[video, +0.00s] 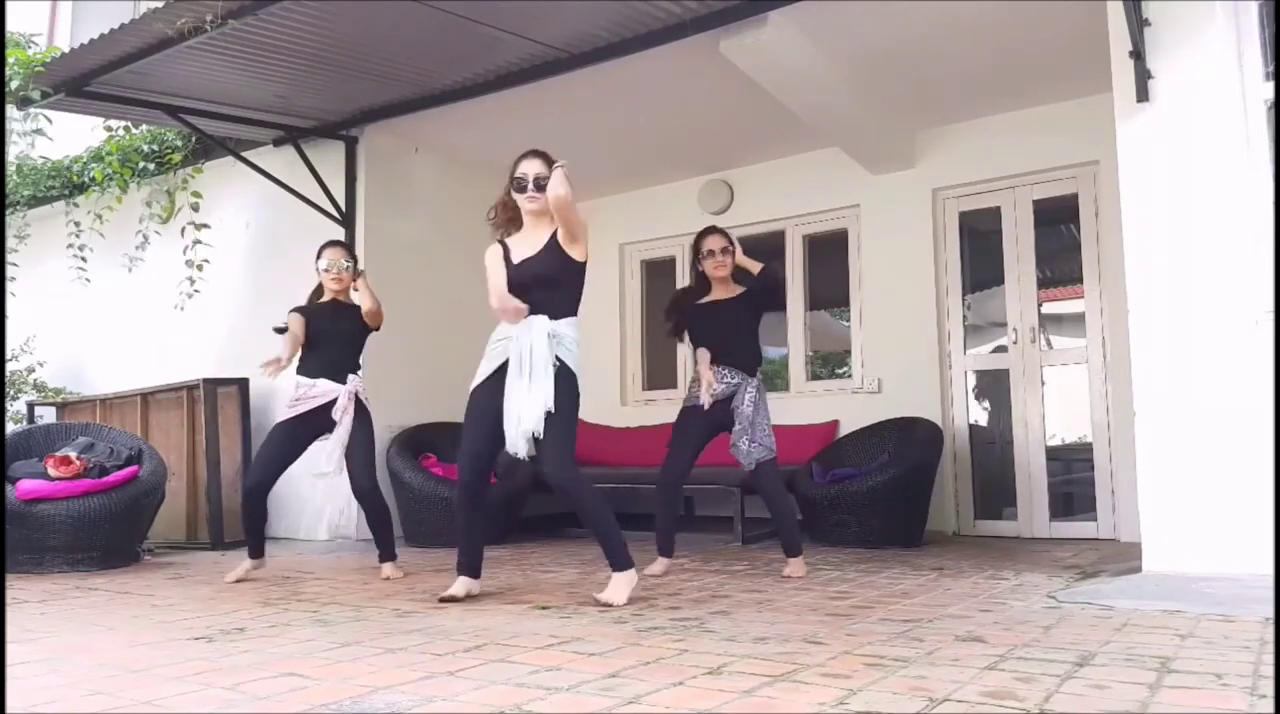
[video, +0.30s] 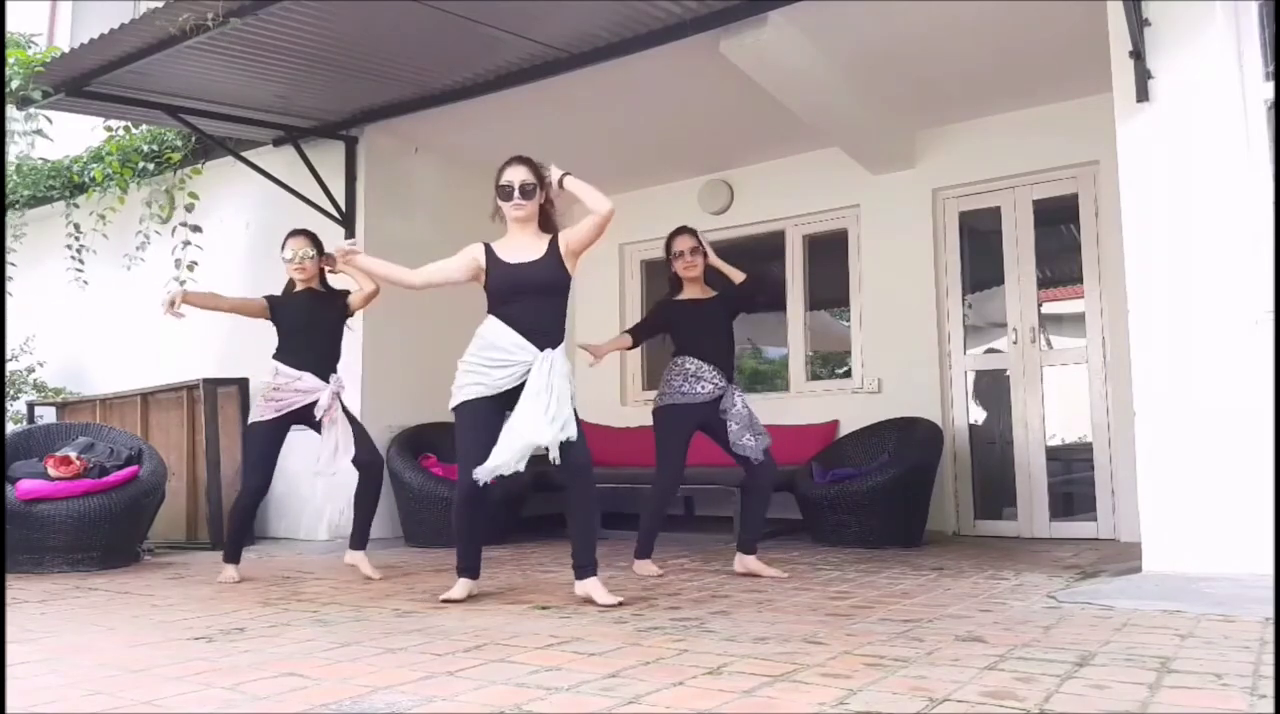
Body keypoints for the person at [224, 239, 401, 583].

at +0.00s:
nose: (335, 272)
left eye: (343, 266)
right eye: (328, 266)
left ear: (353, 274)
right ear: (317, 272)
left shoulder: (361, 314)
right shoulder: (303, 312)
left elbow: (373, 312)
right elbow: (293, 338)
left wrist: (363, 286)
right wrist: (284, 357)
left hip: (351, 404)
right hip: (308, 403)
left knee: (364, 484)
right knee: (254, 483)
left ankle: (388, 560)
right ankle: (255, 557)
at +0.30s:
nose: (299, 263)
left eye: (306, 256)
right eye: (291, 258)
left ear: (321, 261)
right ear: (284, 264)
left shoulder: (338, 304)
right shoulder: (279, 305)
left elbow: (371, 289)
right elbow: (227, 303)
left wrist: (343, 265)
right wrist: (183, 295)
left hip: (324, 399)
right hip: (281, 397)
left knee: (372, 464)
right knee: (256, 485)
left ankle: (357, 549)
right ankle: (230, 562)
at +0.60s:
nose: (326, 270)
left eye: (334, 265)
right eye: (319, 263)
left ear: (345, 275)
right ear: (309, 269)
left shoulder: (347, 316)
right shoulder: (289, 306)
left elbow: (376, 313)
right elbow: (276, 338)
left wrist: (358, 280)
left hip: (334, 403)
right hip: (292, 401)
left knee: (363, 483)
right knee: (254, 486)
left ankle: (389, 558)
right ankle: (243, 564)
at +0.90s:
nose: (347, 269)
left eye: (355, 263)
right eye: (340, 263)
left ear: (367, 270)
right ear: (331, 267)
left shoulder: (371, 310)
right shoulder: (315, 299)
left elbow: (394, 294)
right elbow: (306, 299)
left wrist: (382, 271)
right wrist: (324, 297)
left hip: (352, 403)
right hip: (314, 401)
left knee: (364, 484)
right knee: (254, 473)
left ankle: (396, 558)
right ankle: (282, 559)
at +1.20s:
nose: (317, 267)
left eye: (325, 261)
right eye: (310, 261)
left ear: (338, 268)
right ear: (301, 269)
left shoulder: (357, 311)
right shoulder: (291, 315)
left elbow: (381, 361)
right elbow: (246, 358)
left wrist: (380, 316)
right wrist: (198, 379)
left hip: (333, 405)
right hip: (289, 401)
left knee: (352, 486)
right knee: (255, 487)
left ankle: (391, 555)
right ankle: (249, 564)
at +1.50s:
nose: (307, 244)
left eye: (314, 239)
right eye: (299, 239)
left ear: (326, 247)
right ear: (289, 249)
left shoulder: (344, 292)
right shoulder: (274, 292)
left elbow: (358, 345)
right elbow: (247, 348)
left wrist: (365, 379)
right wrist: (239, 400)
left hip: (331, 388)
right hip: (285, 388)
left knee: (344, 475)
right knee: (263, 479)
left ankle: (362, 560)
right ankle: (243, 561)